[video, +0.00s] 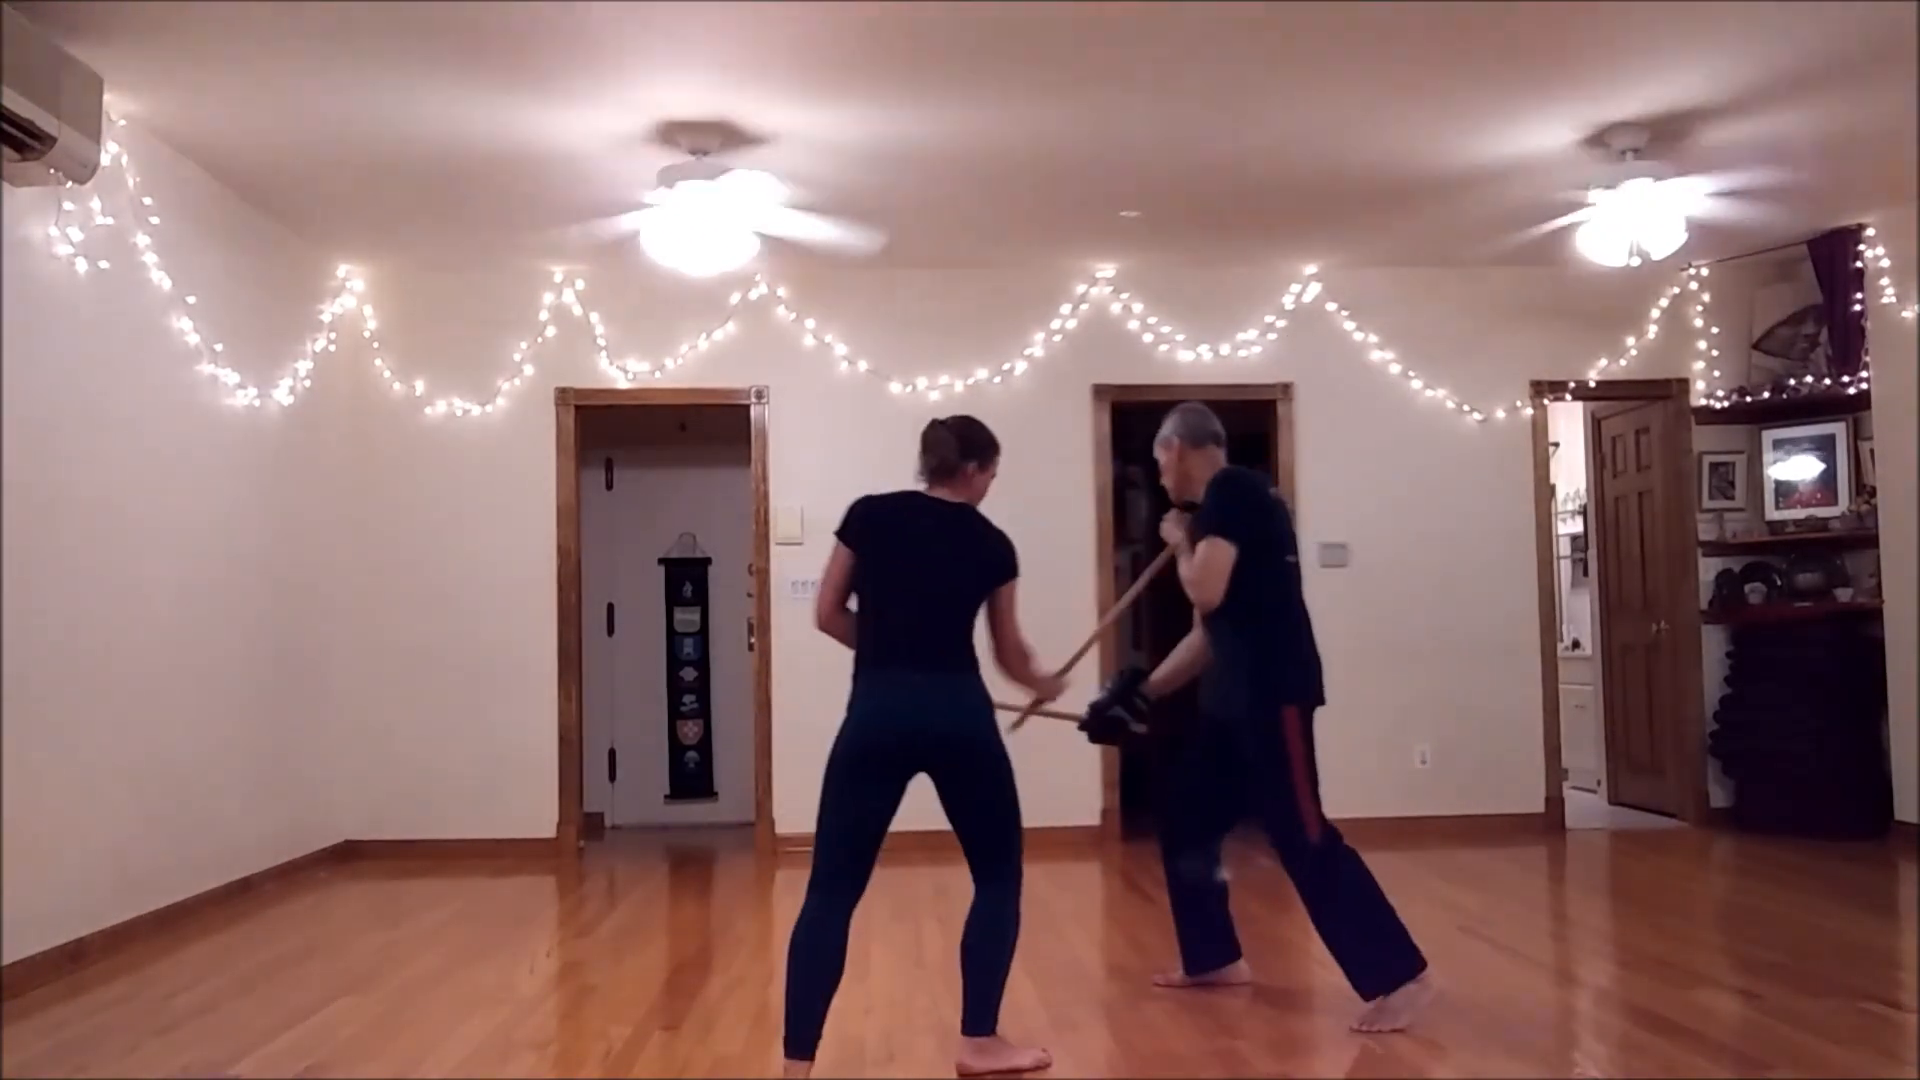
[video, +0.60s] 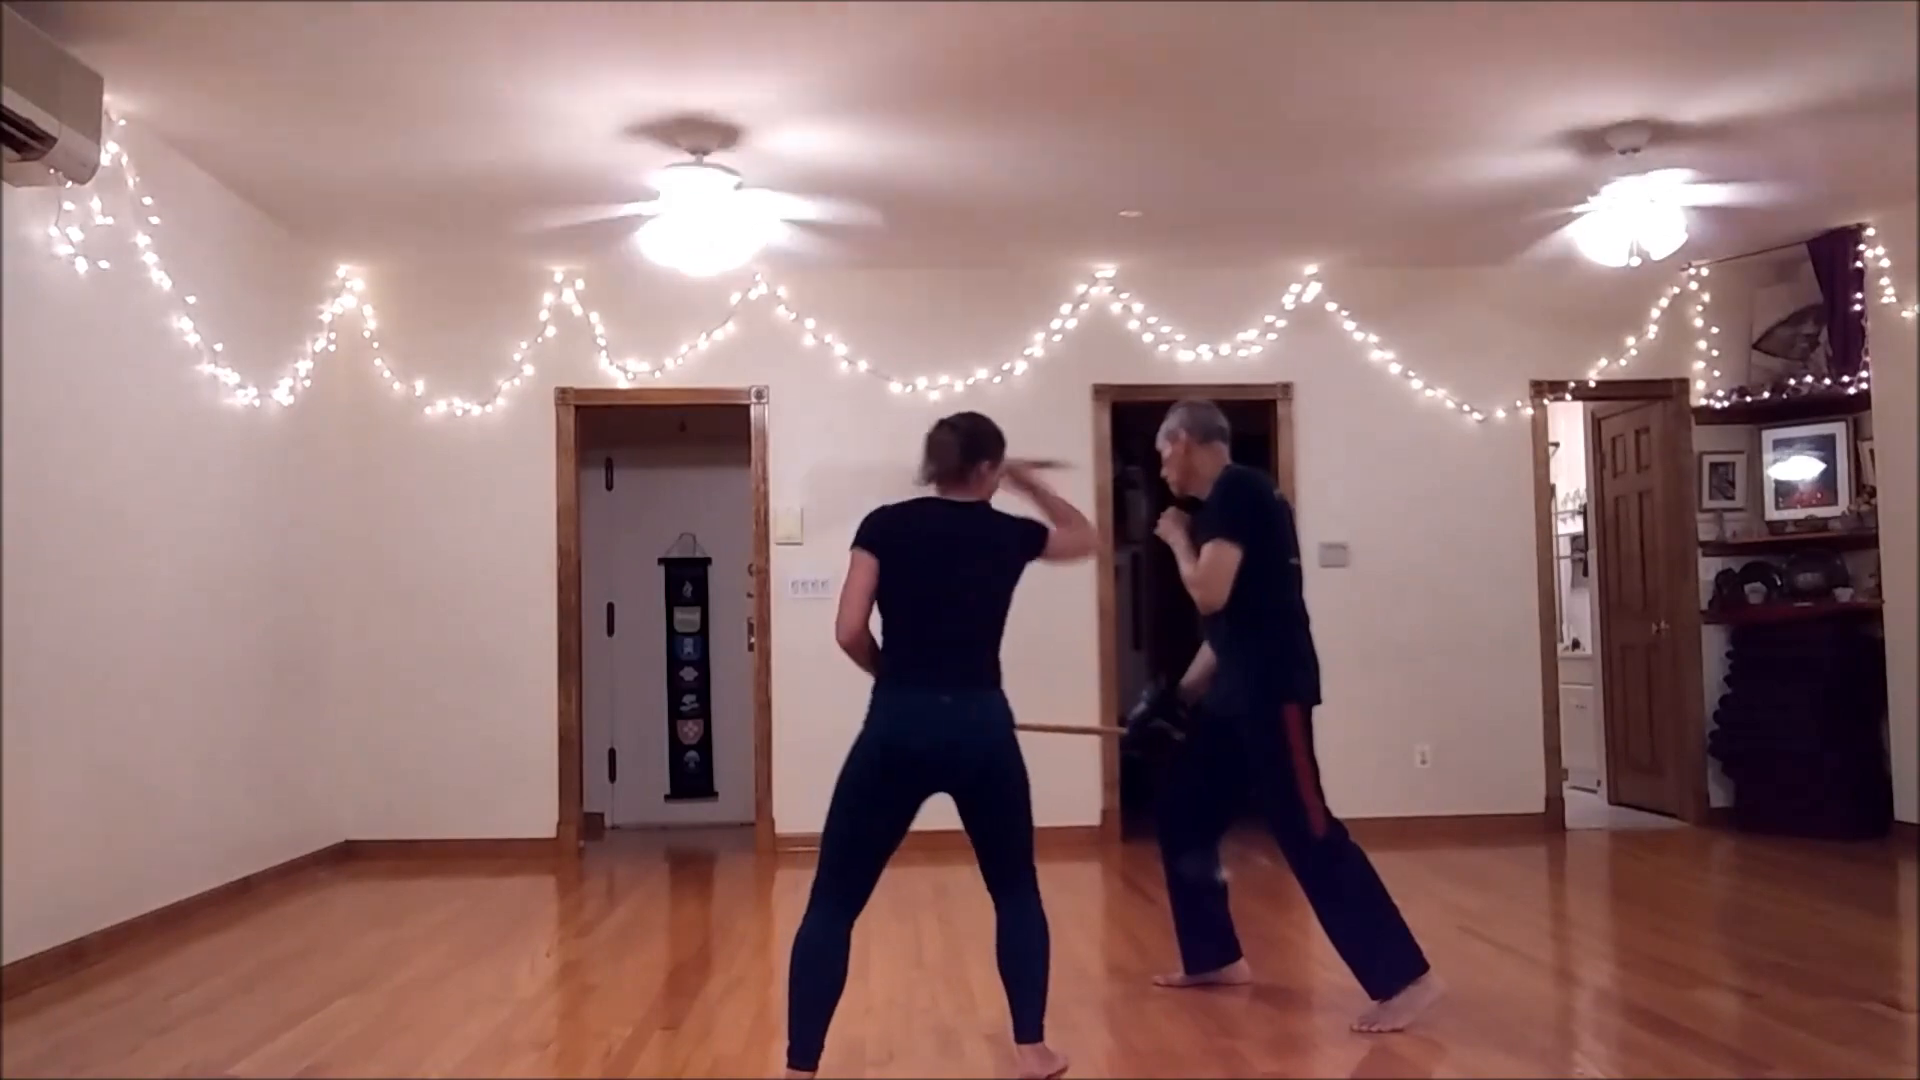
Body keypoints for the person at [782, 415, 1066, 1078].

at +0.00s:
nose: (993, 483)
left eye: (992, 473)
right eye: (993, 473)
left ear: (928, 466)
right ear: (977, 471)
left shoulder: (870, 512)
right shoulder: (990, 543)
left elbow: (828, 614)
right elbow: (1009, 653)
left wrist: (878, 643)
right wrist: (1041, 680)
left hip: (876, 719)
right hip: (958, 723)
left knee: (832, 886)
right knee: (997, 876)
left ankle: (796, 1059)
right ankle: (979, 1038)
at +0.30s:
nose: (953, 481)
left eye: (952, 472)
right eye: (952, 471)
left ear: (885, 469)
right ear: (936, 467)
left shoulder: (835, 533)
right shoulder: (962, 521)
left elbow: (828, 651)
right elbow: (1021, 608)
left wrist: (883, 684)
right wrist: (973, 668)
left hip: (862, 721)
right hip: (947, 718)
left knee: (820, 897)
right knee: (1000, 879)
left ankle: (798, 1063)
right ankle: (1029, 1041)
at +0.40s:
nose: (962, 480)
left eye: (961, 471)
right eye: (961, 470)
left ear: (897, 468)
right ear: (946, 467)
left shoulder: (850, 538)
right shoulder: (972, 515)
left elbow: (847, 655)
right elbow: (1028, 554)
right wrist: (973, 582)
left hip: (867, 733)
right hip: (953, 731)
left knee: (824, 900)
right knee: (1006, 885)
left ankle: (799, 1063)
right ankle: (1030, 1046)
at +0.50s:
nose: (983, 477)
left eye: (983, 469)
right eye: (982, 468)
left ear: (912, 468)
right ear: (970, 467)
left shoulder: (868, 533)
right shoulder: (992, 521)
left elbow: (854, 650)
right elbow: (1059, 513)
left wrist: (896, 685)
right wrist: (985, 515)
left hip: (878, 733)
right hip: (965, 734)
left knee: (828, 901)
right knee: (1012, 888)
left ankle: (800, 1065)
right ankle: (1031, 1047)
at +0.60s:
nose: (999, 475)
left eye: (997, 465)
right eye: (998, 467)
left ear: (931, 464)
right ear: (988, 471)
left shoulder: (885, 523)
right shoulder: (1006, 532)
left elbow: (849, 629)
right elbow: (1085, 538)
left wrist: (888, 671)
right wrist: (1026, 481)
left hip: (895, 733)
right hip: (981, 735)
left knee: (834, 900)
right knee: (1015, 888)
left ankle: (801, 1065)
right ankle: (1030, 1047)